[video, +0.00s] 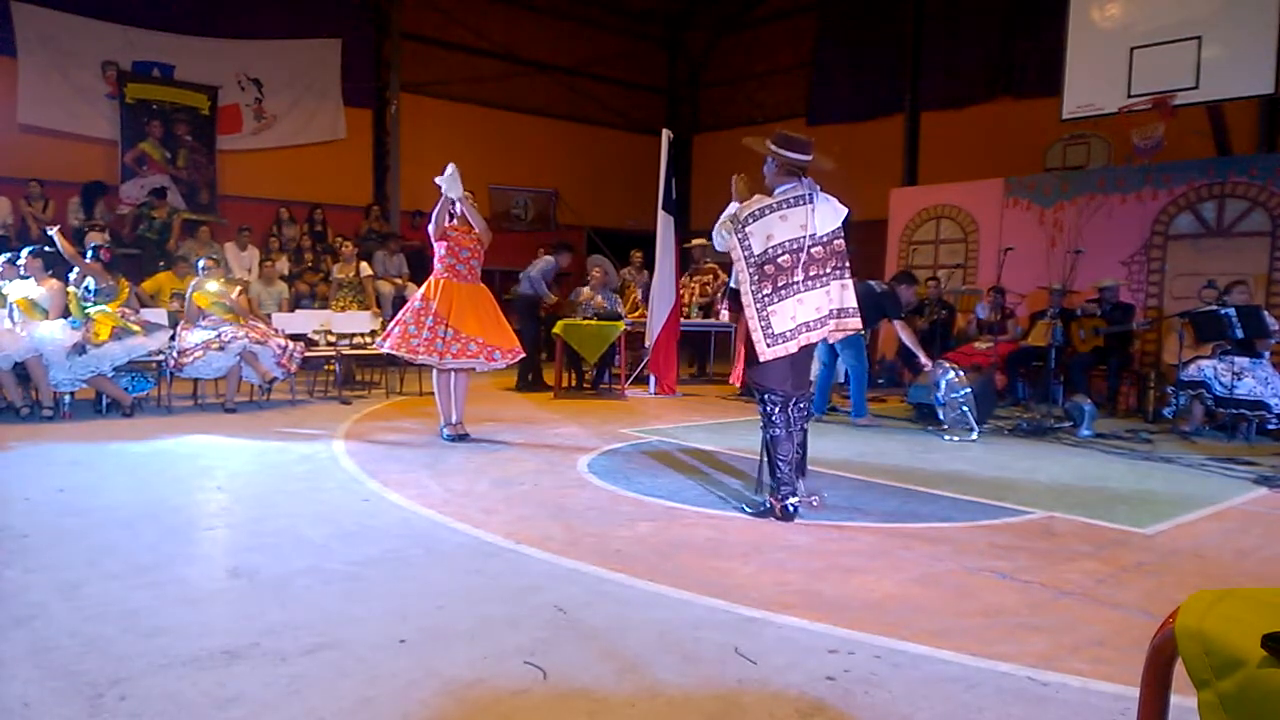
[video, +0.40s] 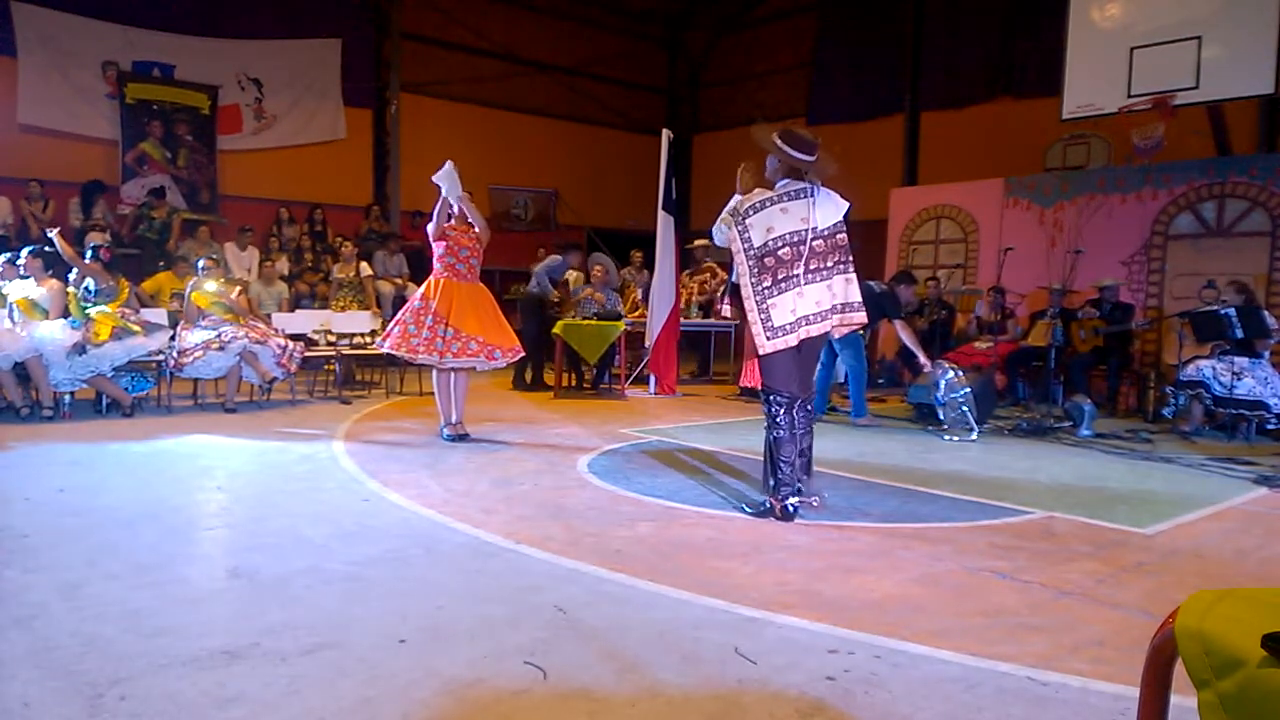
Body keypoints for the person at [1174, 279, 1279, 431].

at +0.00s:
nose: (1244, 297)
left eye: (1247, 293)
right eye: (1240, 293)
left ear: (1250, 296)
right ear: (1227, 297)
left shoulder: (1259, 315)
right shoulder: (1215, 316)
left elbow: (1265, 347)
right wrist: (1212, 350)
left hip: (1253, 364)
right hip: (1221, 362)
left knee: (1249, 381)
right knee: (1199, 368)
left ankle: (1243, 425)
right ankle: (1196, 420)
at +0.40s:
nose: (1222, 302)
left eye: (1226, 298)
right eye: (1221, 298)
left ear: (1242, 298)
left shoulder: (1259, 316)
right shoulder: (1218, 317)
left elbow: (1263, 346)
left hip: (1253, 365)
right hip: (1223, 363)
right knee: (1196, 368)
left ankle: (1243, 424)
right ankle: (1196, 419)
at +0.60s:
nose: (1221, 304)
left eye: (1225, 300)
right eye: (1220, 300)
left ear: (1241, 298)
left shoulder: (1258, 315)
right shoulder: (1219, 317)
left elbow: (1263, 346)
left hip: (1253, 365)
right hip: (1223, 363)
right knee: (1196, 368)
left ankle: (1243, 424)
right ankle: (1196, 420)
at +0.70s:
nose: (1220, 303)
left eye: (1224, 299)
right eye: (1219, 299)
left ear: (1240, 298)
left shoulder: (1258, 315)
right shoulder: (1218, 317)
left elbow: (1262, 346)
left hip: (1254, 366)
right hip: (1224, 364)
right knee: (1197, 368)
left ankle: (1242, 425)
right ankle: (1195, 421)